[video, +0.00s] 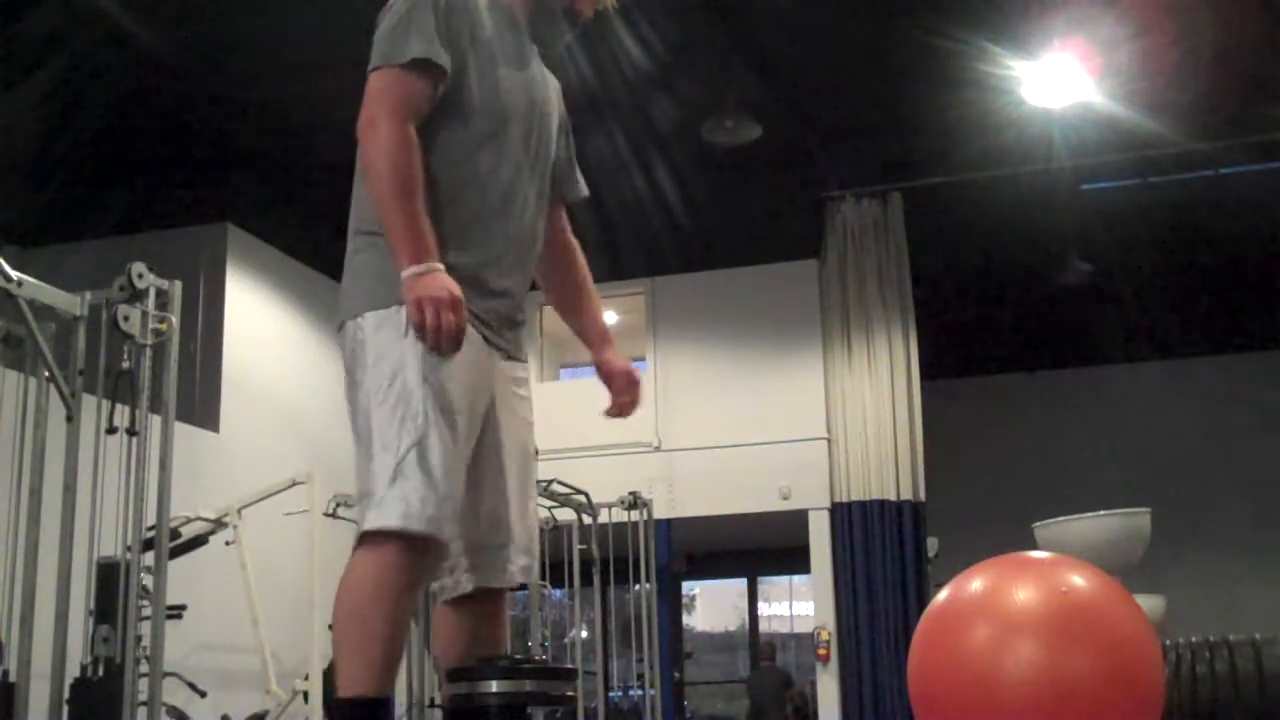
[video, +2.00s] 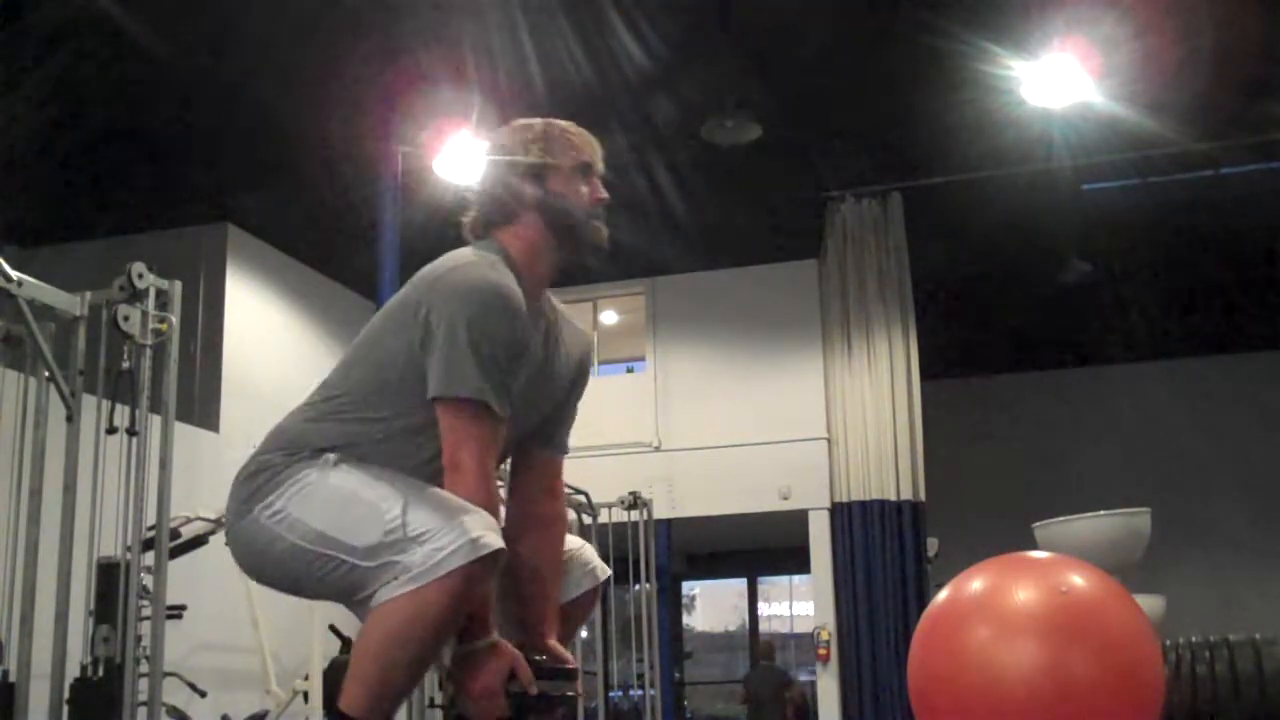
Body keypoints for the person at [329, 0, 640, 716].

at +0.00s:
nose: (602, 4)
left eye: (606, 5)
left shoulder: (544, 84)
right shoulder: (444, 5)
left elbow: (549, 227)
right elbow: (384, 121)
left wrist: (601, 344)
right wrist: (419, 263)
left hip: (501, 332)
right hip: (414, 306)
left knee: (484, 562)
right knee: (402, 529)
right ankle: (356, 713)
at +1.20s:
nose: (608, 35)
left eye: (619, 22)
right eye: (601, 11)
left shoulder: (549, 131)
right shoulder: (447, 50)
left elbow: (519, 272)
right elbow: (424, 213)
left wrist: (530, 389)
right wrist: (475, 369)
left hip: (454, 342)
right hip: (358, 318)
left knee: (511, 558)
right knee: (402, 535)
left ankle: (475, 712)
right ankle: (339, 713)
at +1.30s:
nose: (617, 87)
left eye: (629, 75)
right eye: (613, 61)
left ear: (627, 89)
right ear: (564, 41)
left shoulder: (559, 192)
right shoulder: (464, 118)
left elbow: (526, 335)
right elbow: (447, 292)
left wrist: (542, 462)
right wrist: (486, 453)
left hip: (422, 377)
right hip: (329, 350)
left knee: (532, 554)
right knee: (420, 533)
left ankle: (476, 711)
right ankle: (342, 715)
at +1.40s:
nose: (639, 146)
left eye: (645, 129)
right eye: (628, 120)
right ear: (571, 108)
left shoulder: (566, 263)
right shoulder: (480, 199)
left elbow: (538, 420)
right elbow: (467, 390)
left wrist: (548, 562)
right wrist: (489, 552)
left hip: (403, 415)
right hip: (314, 392)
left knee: (552, 569)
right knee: (441, 542)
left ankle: (487, 709)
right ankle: (347, 712)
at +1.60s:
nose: (646, 202)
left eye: (647, 186)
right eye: (630, 178)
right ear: (569, 175)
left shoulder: (575, 329)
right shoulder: (500, 264)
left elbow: (547, 476)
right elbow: (480, 456)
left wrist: (548, 623)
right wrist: (489, 623)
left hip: (394, 463)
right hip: (305, 444)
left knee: (570, 575)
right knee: (466, 552)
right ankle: (356, 708)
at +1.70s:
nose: (642, 206)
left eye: (642, 191)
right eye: (626, 185)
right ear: (567, 188)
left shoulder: (577, 342)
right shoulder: (500, 278)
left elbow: (546, 497)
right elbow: (478, 468)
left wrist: (547, 646)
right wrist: (482, 634)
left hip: (394, 477)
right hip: (301, 457)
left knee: (572, 578)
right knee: (465, 550)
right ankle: (357, 708)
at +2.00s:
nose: (604, 192)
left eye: (601, 177)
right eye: (584, 174)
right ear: (527, 186)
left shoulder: (567, 342)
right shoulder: (477, 286)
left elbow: (541, 494)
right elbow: (468, 475)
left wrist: (540, 636)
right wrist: (477, 640)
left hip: (392, 497)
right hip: (291, 485)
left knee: (574, 576)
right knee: (456, 546)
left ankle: (484, 710)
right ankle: (355, 711)